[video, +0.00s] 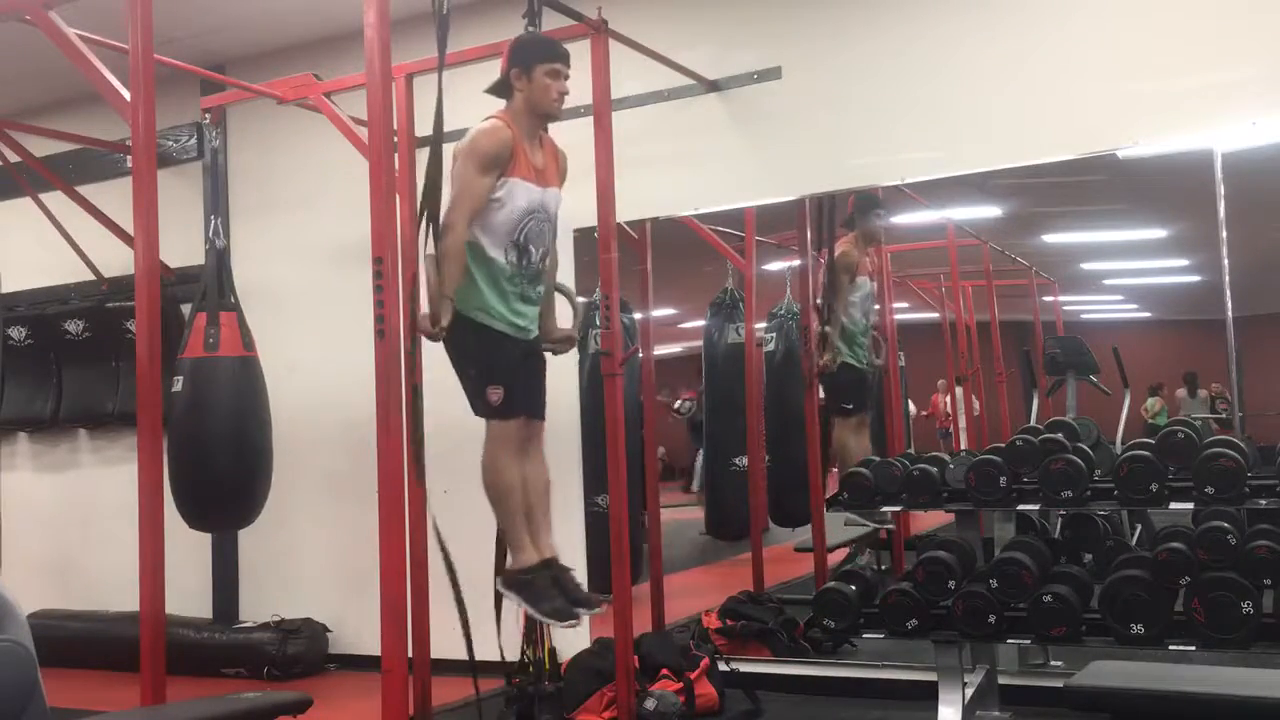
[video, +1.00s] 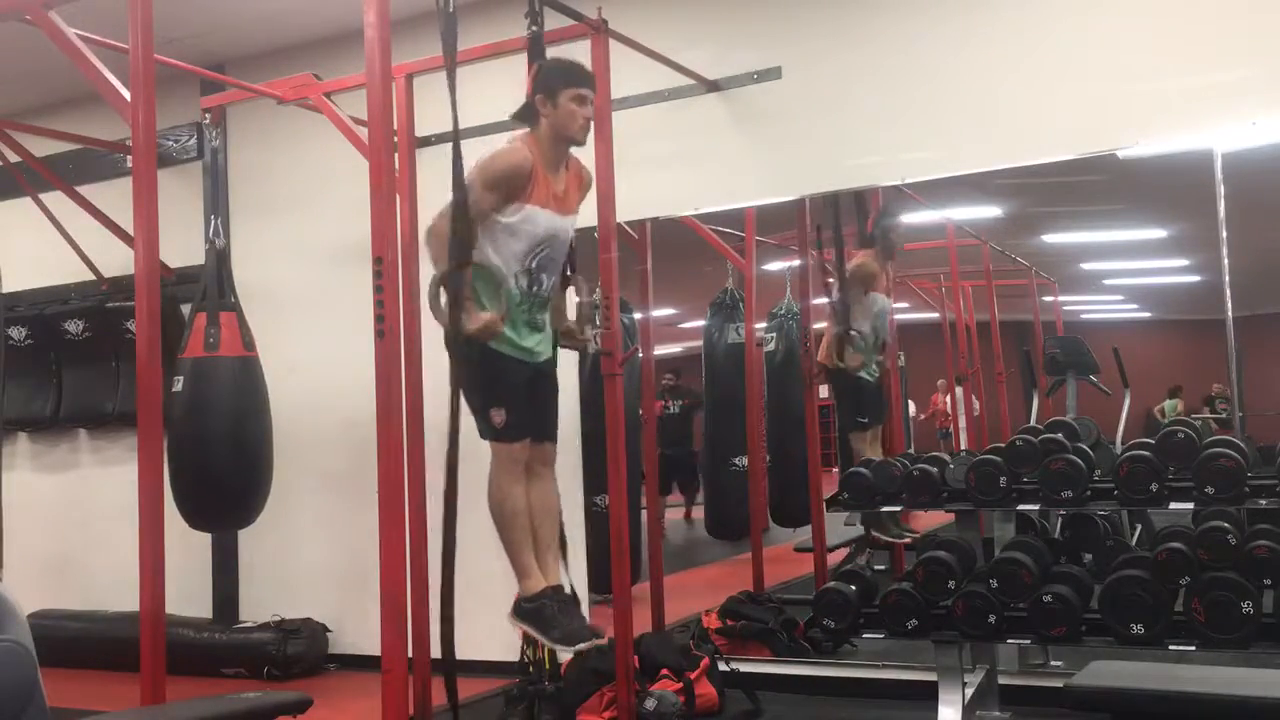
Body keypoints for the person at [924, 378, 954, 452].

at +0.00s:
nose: (942, 389)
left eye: (944, 387)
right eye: (941, 387)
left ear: (946, 387)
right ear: (938, 387)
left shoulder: (949, 396)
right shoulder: (935, 397)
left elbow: (953, 408)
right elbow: (932, 409)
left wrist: (951, 417)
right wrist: (926, 413)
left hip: (949, 422)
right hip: (940, 423)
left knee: (950, 439)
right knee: (942, 439)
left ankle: (952, 452)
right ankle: (944, 453)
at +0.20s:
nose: (942, 389)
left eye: (944, 387)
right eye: (941, 387)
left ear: (946, 387)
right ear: (938, 387)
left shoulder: (949, 396)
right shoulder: (935, 397)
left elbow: (953, 408)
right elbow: (932, 409)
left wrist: (949, 416)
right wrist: (926, 413)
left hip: (949, 422)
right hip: (940, 422)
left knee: (950, 438)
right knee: (942, 439)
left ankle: (953, 452)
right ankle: (944, 453)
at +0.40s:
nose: (942, 388)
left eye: (943, 386)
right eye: (940, 386)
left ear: (946, 387)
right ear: (938, 387)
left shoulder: (949, 396)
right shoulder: (934, 397)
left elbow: (953, 408)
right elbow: (932, 409)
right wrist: (926, 412)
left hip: (949, 422)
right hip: (940, 422)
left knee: (951, 438)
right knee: (941, 439)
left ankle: (954, 452)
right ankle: (943, 453)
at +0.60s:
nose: (942, 388)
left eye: (944, 386)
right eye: (940, 386)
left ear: (946, 387)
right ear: (938, 387)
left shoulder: (949, 396)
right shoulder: (935, 397)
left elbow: (953, 408)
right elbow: (932, 408)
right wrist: (924, 413)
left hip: (949, 421)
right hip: (940, 421)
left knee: (951, 437)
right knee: (941, 439)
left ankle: (954, 451)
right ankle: (943, 452)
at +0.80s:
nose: (942, 388)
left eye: (943, 386)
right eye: (940, 387)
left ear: (946, 386)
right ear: (938, 387)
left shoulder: (949, 396)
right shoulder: (935, 397)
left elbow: (953, 408)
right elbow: (932, 409)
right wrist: (924, 415)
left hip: (949, 421)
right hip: (940, 421)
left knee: (951, 437)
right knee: (941, 438)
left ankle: (954, 451)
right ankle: (943, 452)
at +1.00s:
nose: (942, 389)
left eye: (943, 386)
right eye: (940, 387)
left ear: (946, 387)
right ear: (938, 387)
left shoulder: (949, 396)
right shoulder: (934, 397)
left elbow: (953, 409)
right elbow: (932, 410)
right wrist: (925, 416)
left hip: (949, 421)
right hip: (939, 421)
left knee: (951, 437)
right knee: (941, 439)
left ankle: (954, 452)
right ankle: (943, 453)